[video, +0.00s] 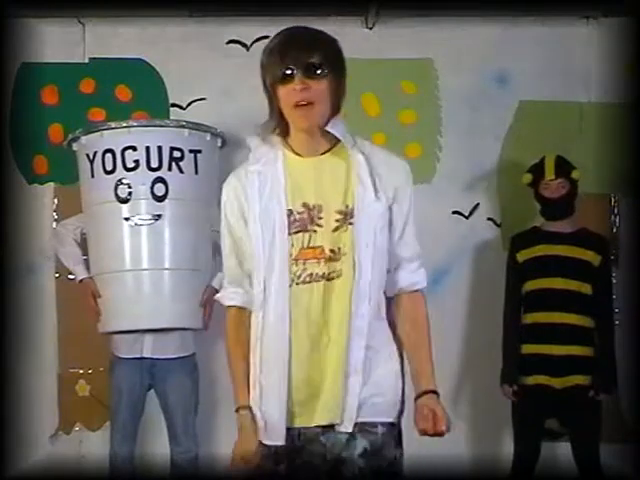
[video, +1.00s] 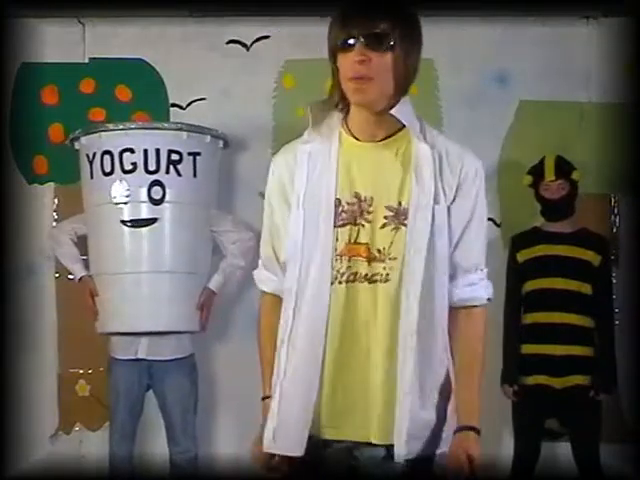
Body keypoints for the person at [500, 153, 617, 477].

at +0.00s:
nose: (554, 192)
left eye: (560, 184)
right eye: (546, 186)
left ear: (573, 187)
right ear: (535, 193)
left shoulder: (596, 245)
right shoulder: (521, 244)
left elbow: (604, 315)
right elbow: (512, 312)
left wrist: (606, 372)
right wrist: (509, 368)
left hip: (580, 375)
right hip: (531, 375)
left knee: (588, 462)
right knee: (524, 460)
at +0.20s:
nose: (553, 192)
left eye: (560, 184)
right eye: (545, 186)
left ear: (573, 187)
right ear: (536, 193)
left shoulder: (596, 245)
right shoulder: (521, 244)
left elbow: (604, 315)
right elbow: (512, 311)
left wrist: (606, 373)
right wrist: (509, 368)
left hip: (580, 376)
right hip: (531, 375)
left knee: (588, 463)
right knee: (524, 461)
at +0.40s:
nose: (553, 192)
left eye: (560, 185)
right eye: (545, 186)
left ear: (573, 188)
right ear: (536, 193)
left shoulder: (596, 245)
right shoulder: (521, 244)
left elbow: (604, 315)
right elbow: (512, 312)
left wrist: (606, 372)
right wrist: (509, 368)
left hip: (580, 376)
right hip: (531, 375)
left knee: (588, 463)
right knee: (524, 461)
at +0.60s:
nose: (553, 193)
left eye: (560, 185)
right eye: (545, 187)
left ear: (573, 188)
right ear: (536, 193)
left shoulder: (596, 245)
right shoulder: (521, 244)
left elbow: (604, 315)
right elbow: (512, 311)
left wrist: (606, 372)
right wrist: (509, 368)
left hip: (580, 376)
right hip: (531, 376)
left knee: (588, 463)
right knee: (524, 461)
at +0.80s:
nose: (553, 193)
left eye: (560, 185)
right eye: (545, 186)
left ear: (573, 188)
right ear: (536, 193)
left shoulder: (596, 245)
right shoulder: (521, 244)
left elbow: (604, 315)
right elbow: (512, 312)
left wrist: (605, 373)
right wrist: (509, 369)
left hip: (580, 376)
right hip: (531, 375)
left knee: (588, 463)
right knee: (524, 461)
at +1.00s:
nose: (553, 193)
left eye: (560, 185)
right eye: (545, 186)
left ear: (573, 188)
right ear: (536, 193)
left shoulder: (596, 245)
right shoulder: (521, 245)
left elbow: (604, 315)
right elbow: (512, 312)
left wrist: (605, 373)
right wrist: (509, 369)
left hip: (580, 376)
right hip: (531, 376)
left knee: (588, 463)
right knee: (524, 461)